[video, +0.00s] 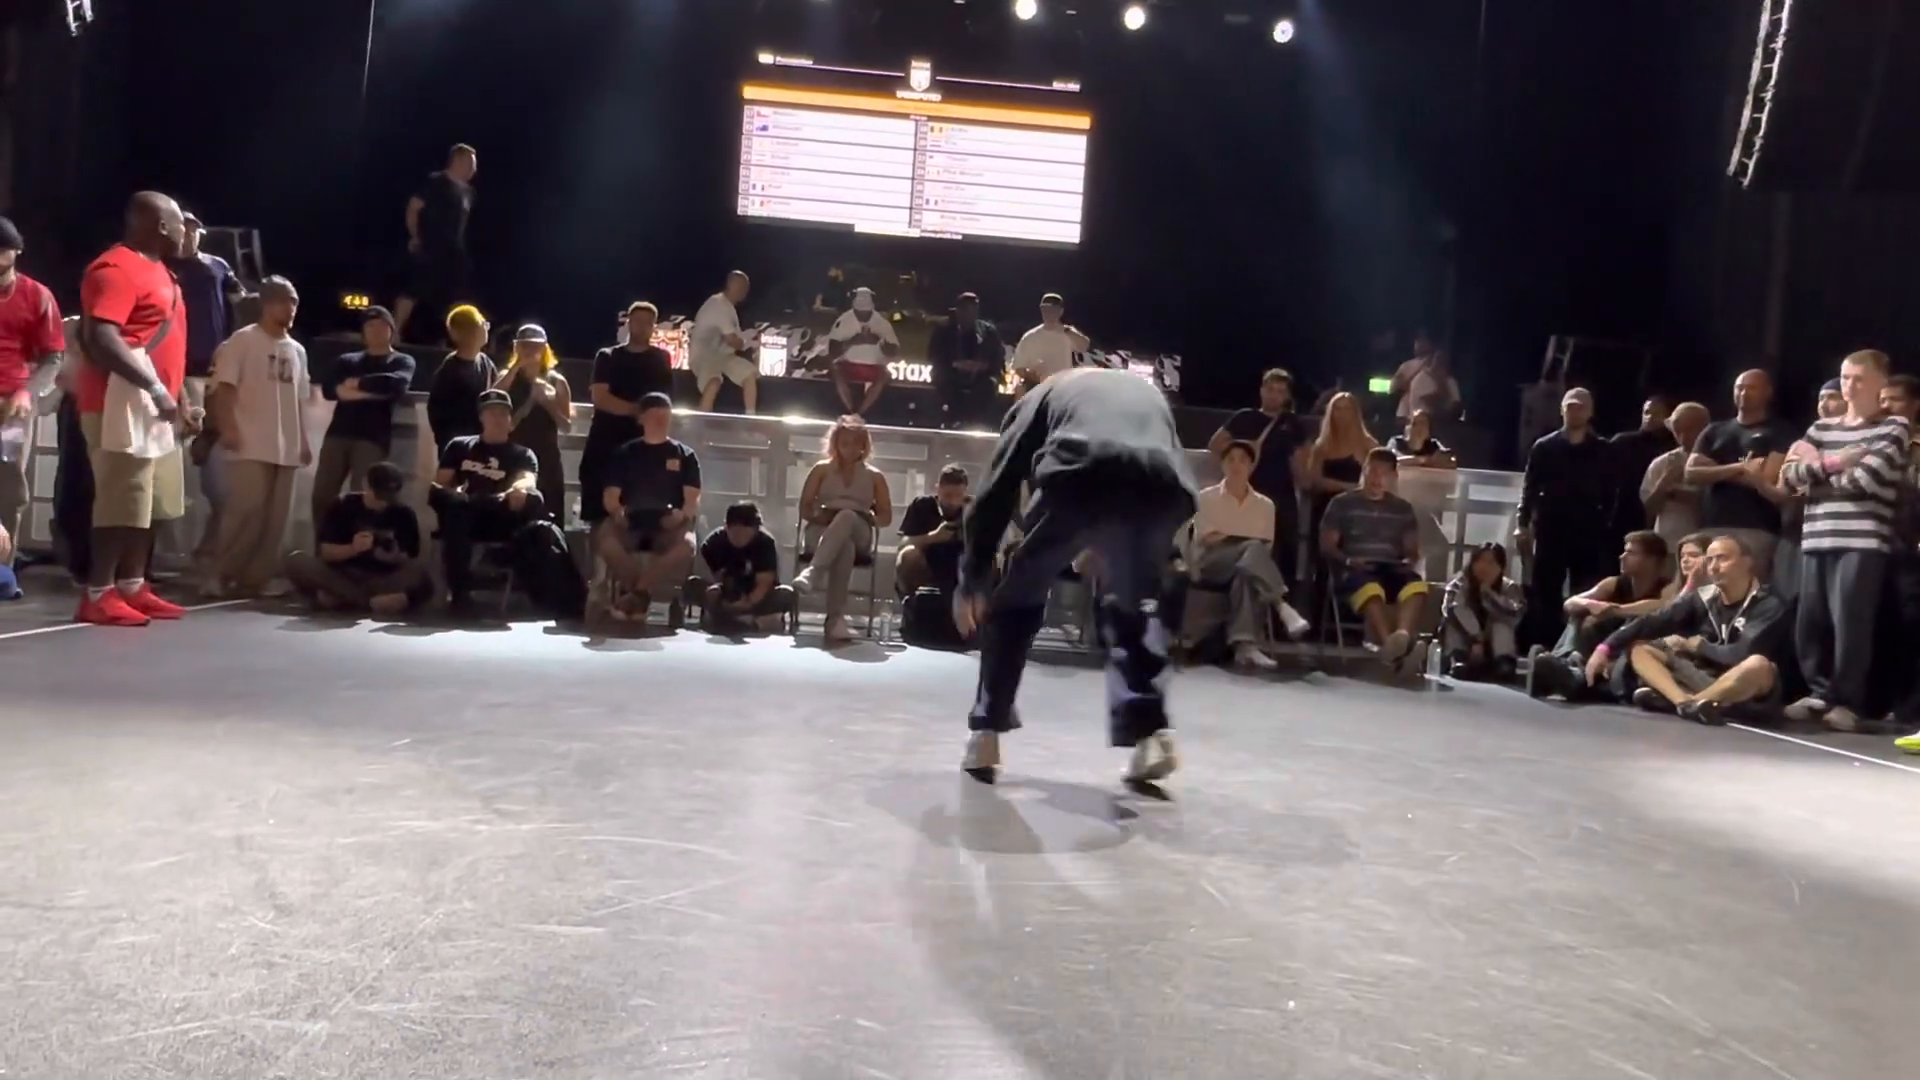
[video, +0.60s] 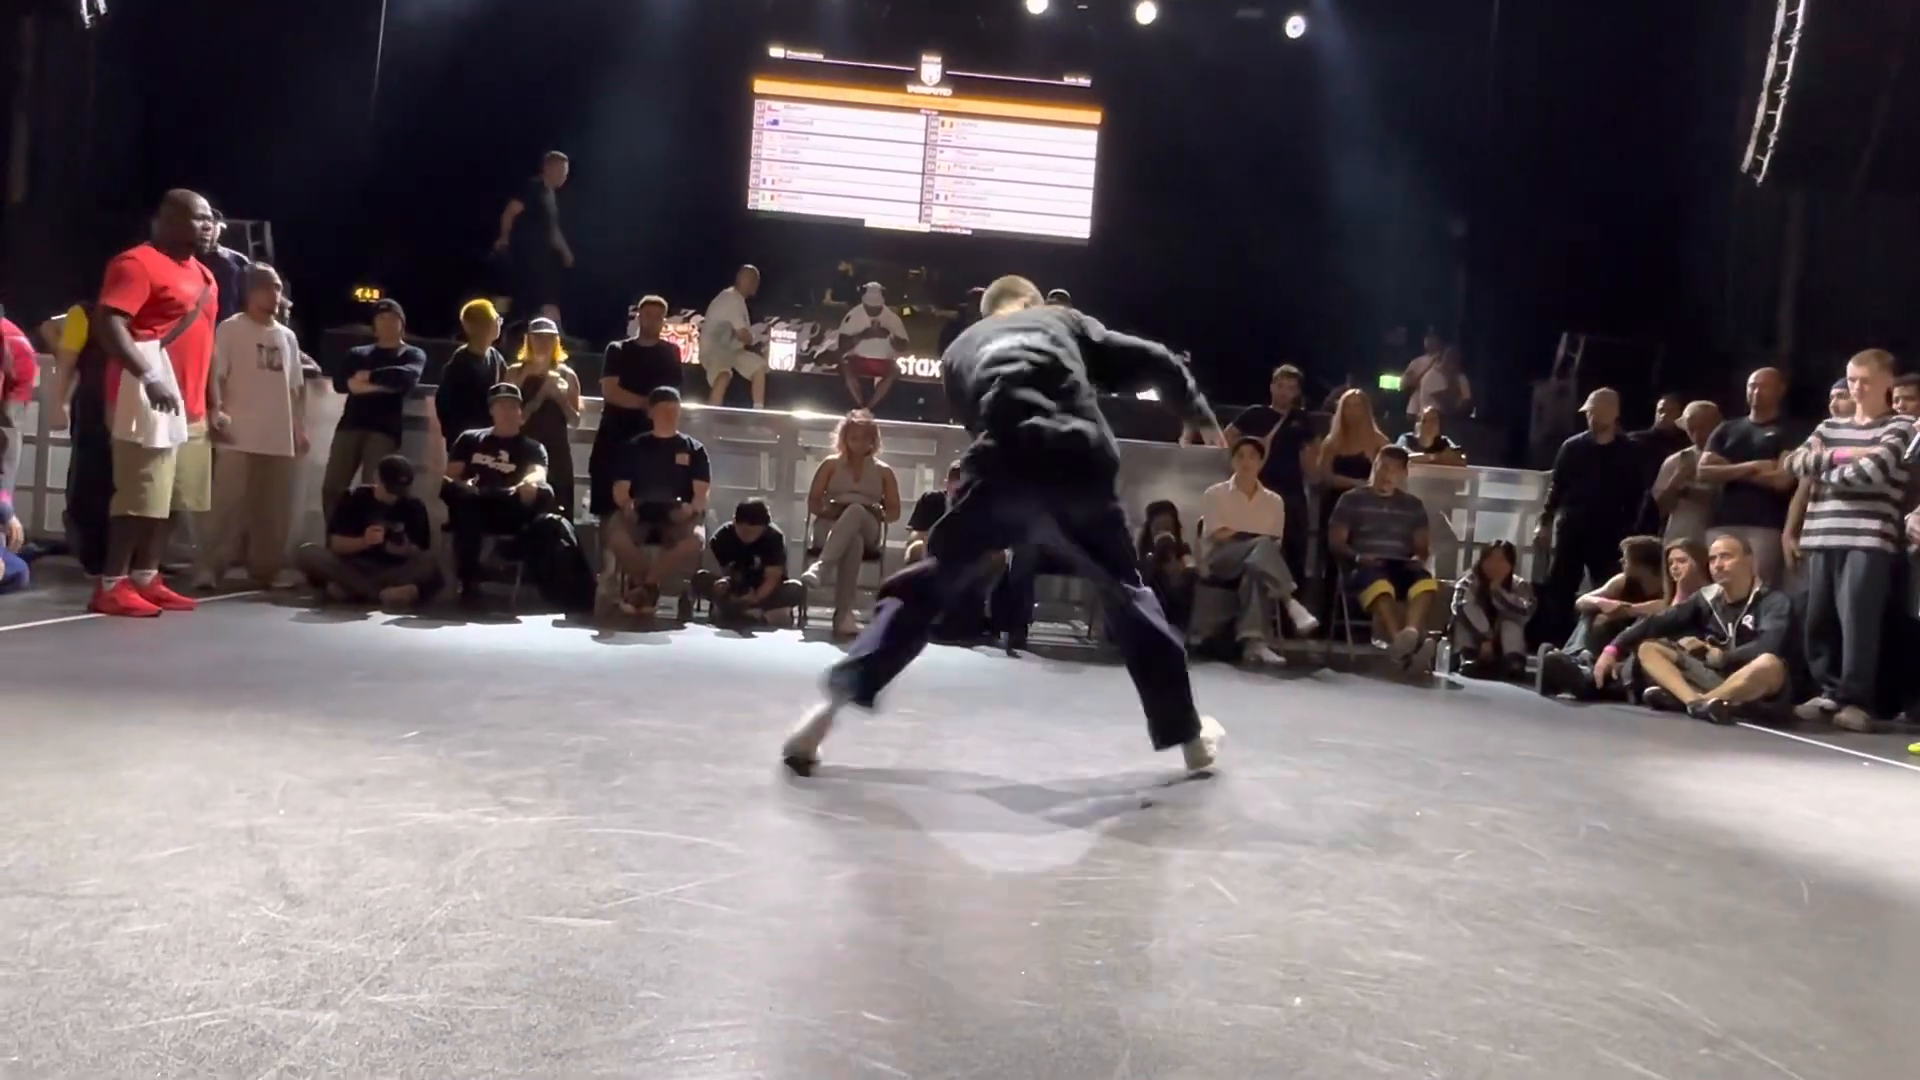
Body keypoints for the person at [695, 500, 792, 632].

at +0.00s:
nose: (739, 538)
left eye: (745, 533)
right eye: (735, 532)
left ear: (755, 530)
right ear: (727, 527)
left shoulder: (765, 542)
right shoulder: (711, 544)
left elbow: (765, 582)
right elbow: (718, 578)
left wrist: (748, 602)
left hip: (755, 586)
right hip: (728, 586)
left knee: (786, 593)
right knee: (692, 584)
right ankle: (752, 622)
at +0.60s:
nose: (747, 536)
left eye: (753, 532)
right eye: (743, 530)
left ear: (763, 527)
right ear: (735, 522)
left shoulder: (774, 537)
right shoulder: (720, 538)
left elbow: (773, 576)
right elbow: (724, 572)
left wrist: (756, 598)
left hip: (763, 583)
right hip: (735, 584)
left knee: (796, 589)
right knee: (700, 579)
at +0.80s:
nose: (751, 533)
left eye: (756, 529)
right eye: (747, 528)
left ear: (766, 524)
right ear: (738, 519)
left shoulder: (777, 533)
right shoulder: (723, 534)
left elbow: (776, 572)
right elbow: (726, 568)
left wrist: (759, 593)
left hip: (766, 581)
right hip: (738, 582)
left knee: (798, 585)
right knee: (703, 574)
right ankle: (762, 611)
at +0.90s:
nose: (751, 532)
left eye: (757, 528)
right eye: (747, 526)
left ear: (767, 523)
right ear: (739, 518)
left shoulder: (778, 532)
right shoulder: (724, 533)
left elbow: (778, 570)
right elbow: (732, 567)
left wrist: (760, 592)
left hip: (768, 580)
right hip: (740, 581)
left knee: (800, 583)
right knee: (704, 573)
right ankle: (762, 609)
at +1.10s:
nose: (755, 531)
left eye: (760, 527)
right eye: (751, 526)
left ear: (771, 522)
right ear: (742, 516)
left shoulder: (781, 530)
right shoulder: (727, 531)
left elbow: (780, 569)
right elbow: (733, 565)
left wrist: (762, 590)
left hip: (771, 578)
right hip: (742, 579)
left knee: (803, 581)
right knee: (707, 571)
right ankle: (766, 607)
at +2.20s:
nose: (765, 526)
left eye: (771, 522)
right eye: (762, 520)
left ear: (780, 516)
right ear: (753, 508)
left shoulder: (790, 521)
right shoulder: (736, 523)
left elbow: (789, 562)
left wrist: (769, 580)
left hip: (780, 568)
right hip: (752, 569)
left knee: (811, 573)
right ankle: (777, 600)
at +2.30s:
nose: (766, 526)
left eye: (772, 523)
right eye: (762, 520)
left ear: (780, 516)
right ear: (753, 509)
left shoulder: (791, 521)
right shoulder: (737, 522)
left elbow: (789, 561)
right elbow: (728, 558)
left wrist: (769, 580)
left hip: (780, 567)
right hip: (751, 569)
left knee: (812, 572)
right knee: (731, 595)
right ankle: (778, 600)